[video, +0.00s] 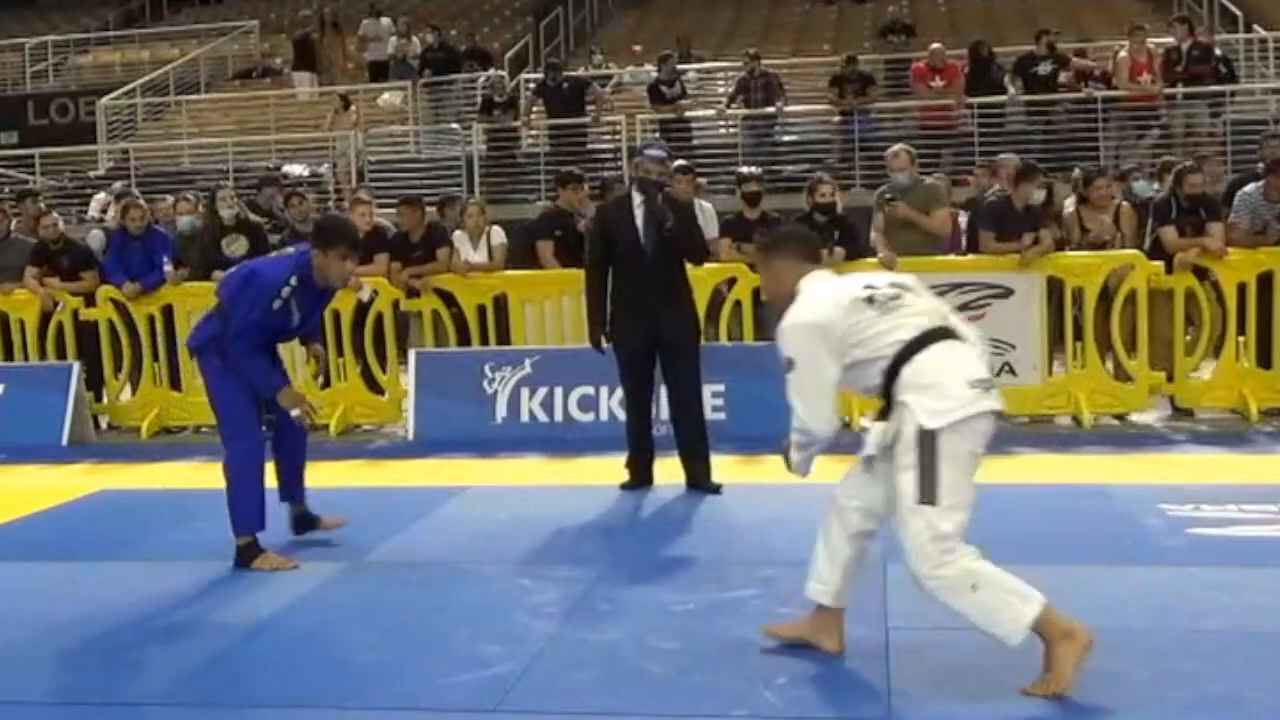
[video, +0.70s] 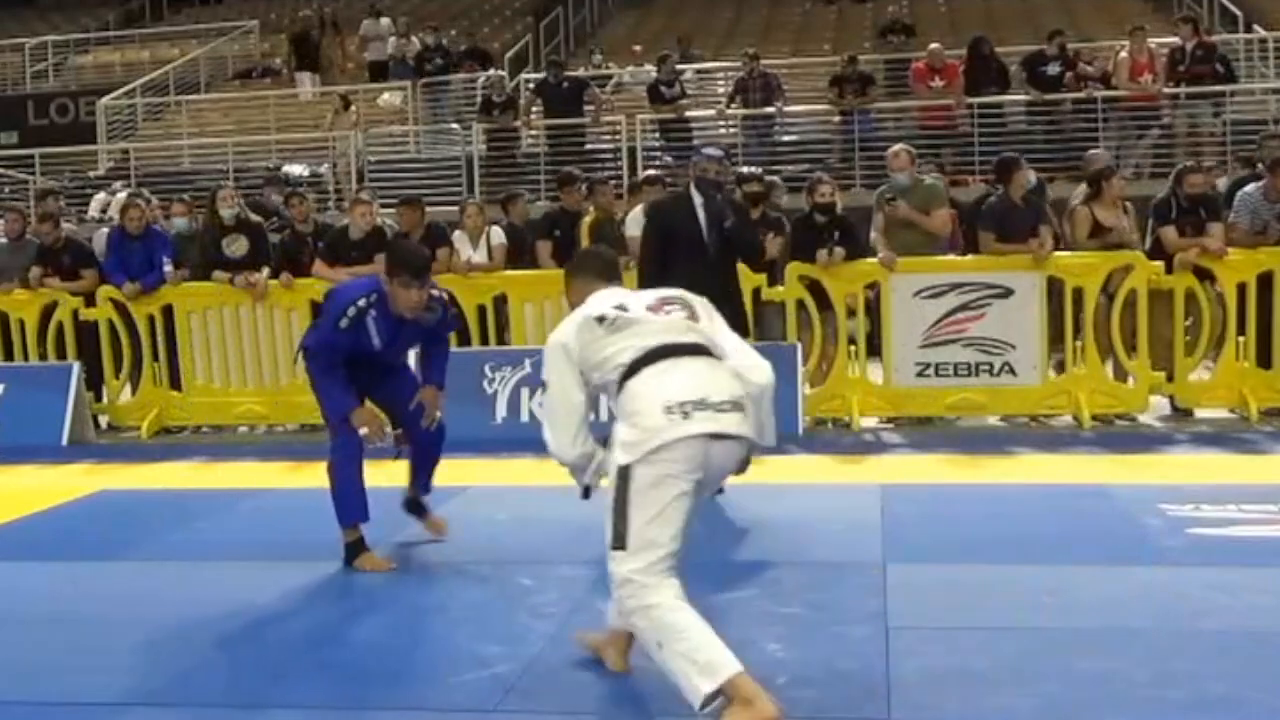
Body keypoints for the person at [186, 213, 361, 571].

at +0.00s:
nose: (350, 268)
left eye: (353, 260)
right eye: (344, 259)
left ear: (352, 259)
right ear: (319, 255)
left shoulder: (326, 277)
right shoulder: (271, 279)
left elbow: (310, 308)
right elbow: (240, 344)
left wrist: (313, 339)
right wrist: (279, 389)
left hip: (260, 344)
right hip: (221, 348)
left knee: (291, 419)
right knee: (244, 439)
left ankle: (299, 512)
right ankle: (247, 545)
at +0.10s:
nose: (368, 272)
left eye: (371, 264)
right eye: (362, 263)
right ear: (337, 259)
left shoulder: (343, 282)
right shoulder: (289, 279)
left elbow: (330, 311)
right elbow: (243, 335)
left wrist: (331, 343)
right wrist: (275, 386)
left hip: (279, 347)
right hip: (240, 347)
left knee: (312, 428)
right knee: (266, 437)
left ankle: (318, 521)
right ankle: (251, 542)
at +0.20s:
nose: (379, 278)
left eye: (382, 270)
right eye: (372, 269)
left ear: (383, 267)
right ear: (347, 265)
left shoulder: (366, 288)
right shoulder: (301, 283)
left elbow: (364, 322)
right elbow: (250, 340)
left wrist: (364, 359)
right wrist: (277, 384)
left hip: (307, 357)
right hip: (264, 353)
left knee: (338, 427)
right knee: (305, 420)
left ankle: (323, 521)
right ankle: (271, 523)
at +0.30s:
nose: (388, 285)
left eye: (391, 275)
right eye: (380, 276)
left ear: (395, 271)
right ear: (357, 271)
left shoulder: (384, 294)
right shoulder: (315, 288)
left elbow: (392, 330)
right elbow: (263, 342)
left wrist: (395, 371)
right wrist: (287, 389)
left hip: (322, 358)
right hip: (282, 357)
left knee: (352, 427)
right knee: (314, 423)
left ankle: (326, 521)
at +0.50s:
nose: (402, 296)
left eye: (406, 286)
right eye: (392, 287)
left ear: (411, 283)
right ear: (370, 283)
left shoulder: (412, 307)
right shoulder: (331, 302)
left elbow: (420, 340)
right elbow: (294, 360)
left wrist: (426, 380)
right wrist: (318, 415)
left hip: (352, 365)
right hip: (309, 366)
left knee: (391, 442)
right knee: (342, 440)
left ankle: (339, 508)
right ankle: (354, 542)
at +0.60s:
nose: (407, 297)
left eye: (411, 288)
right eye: (398, 289)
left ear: (418, 286)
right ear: (377, 283)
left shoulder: (421, 308)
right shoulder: (337, 305)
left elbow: (428, 342)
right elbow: (311, 362)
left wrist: (428, 386)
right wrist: (339, 412)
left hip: (367, 364)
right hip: (321, 363)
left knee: (413, 436)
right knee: (341, 442)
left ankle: (365, 491)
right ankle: (353, 541)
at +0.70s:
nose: (418, 297)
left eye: (423, 288)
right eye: (408, 288)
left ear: (430, 284)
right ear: (388, 282)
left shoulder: (435, 305)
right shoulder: (349, 301)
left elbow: (437, 342)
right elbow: (321, 356)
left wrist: (432, 385)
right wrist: (352, 407)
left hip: (385, 366)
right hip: (337, 364)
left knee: (430, 428)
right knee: (346, 440)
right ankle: (354, 543)